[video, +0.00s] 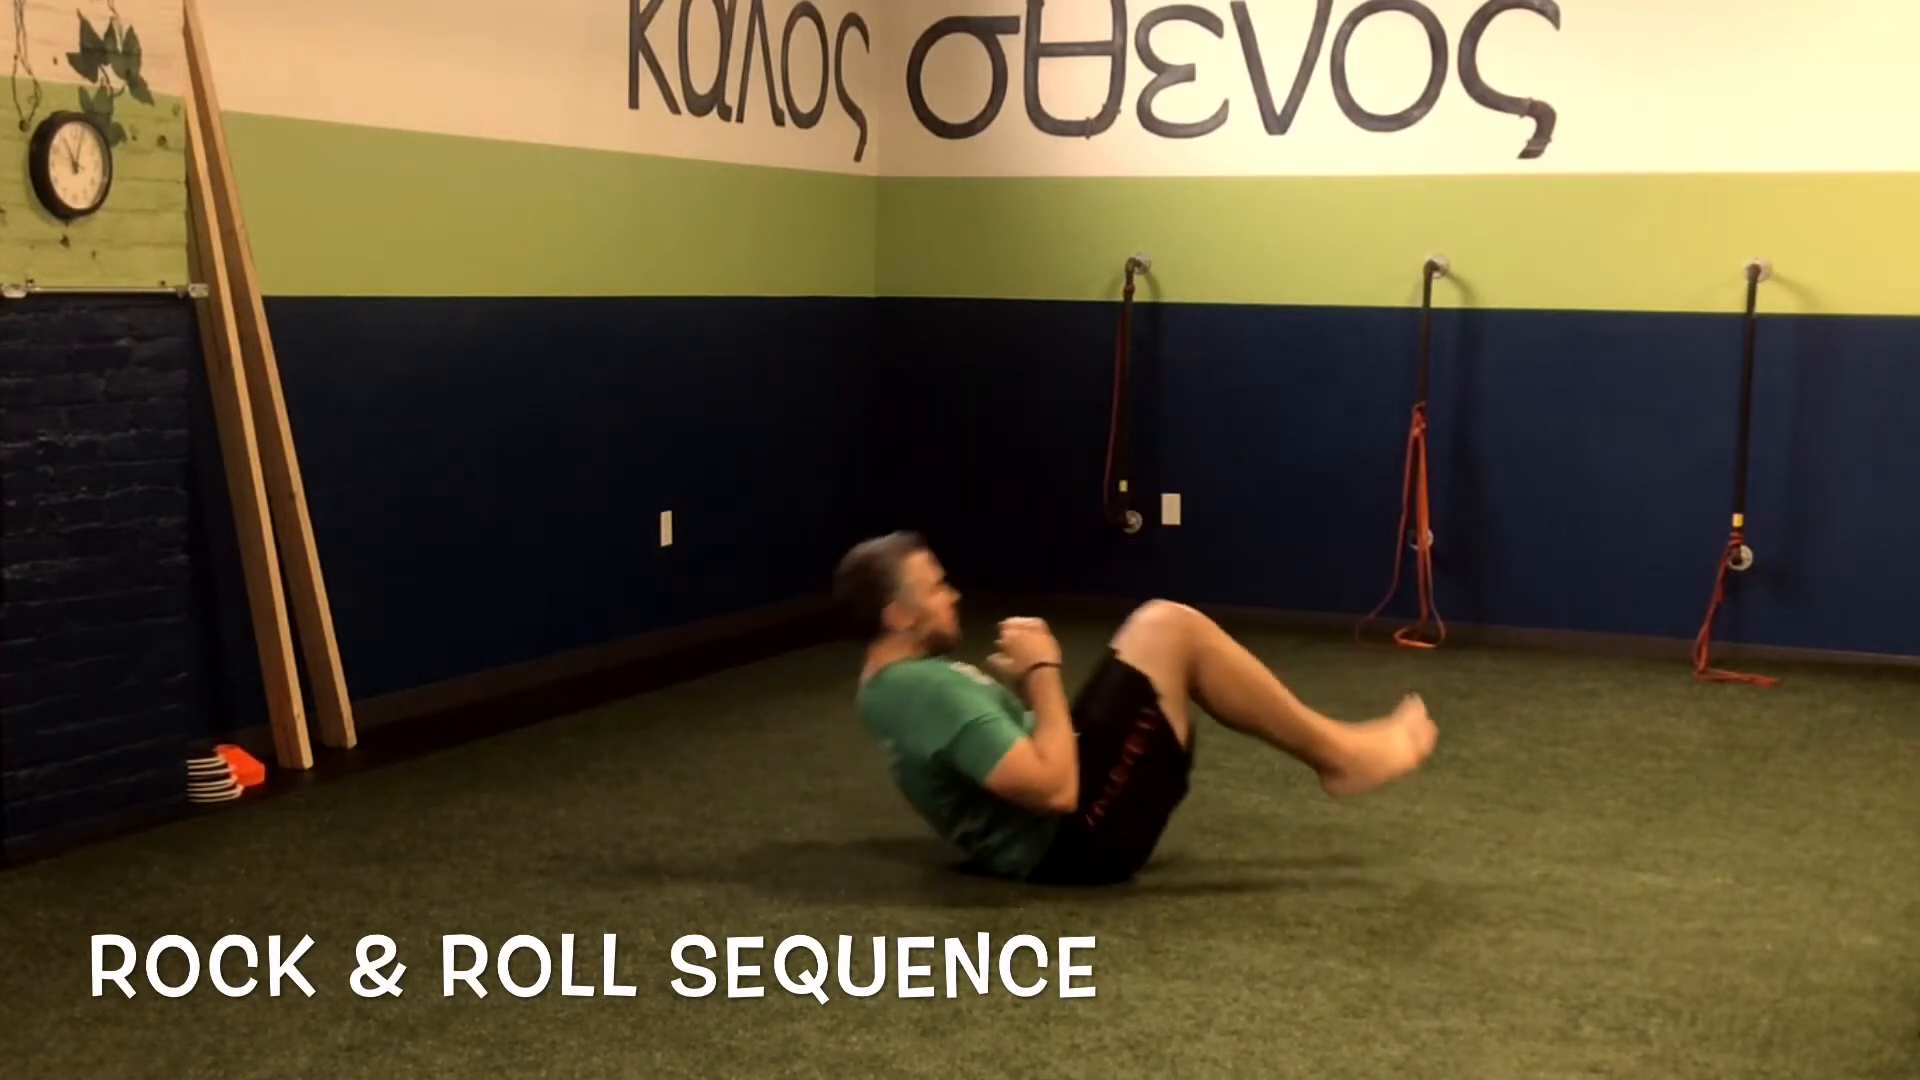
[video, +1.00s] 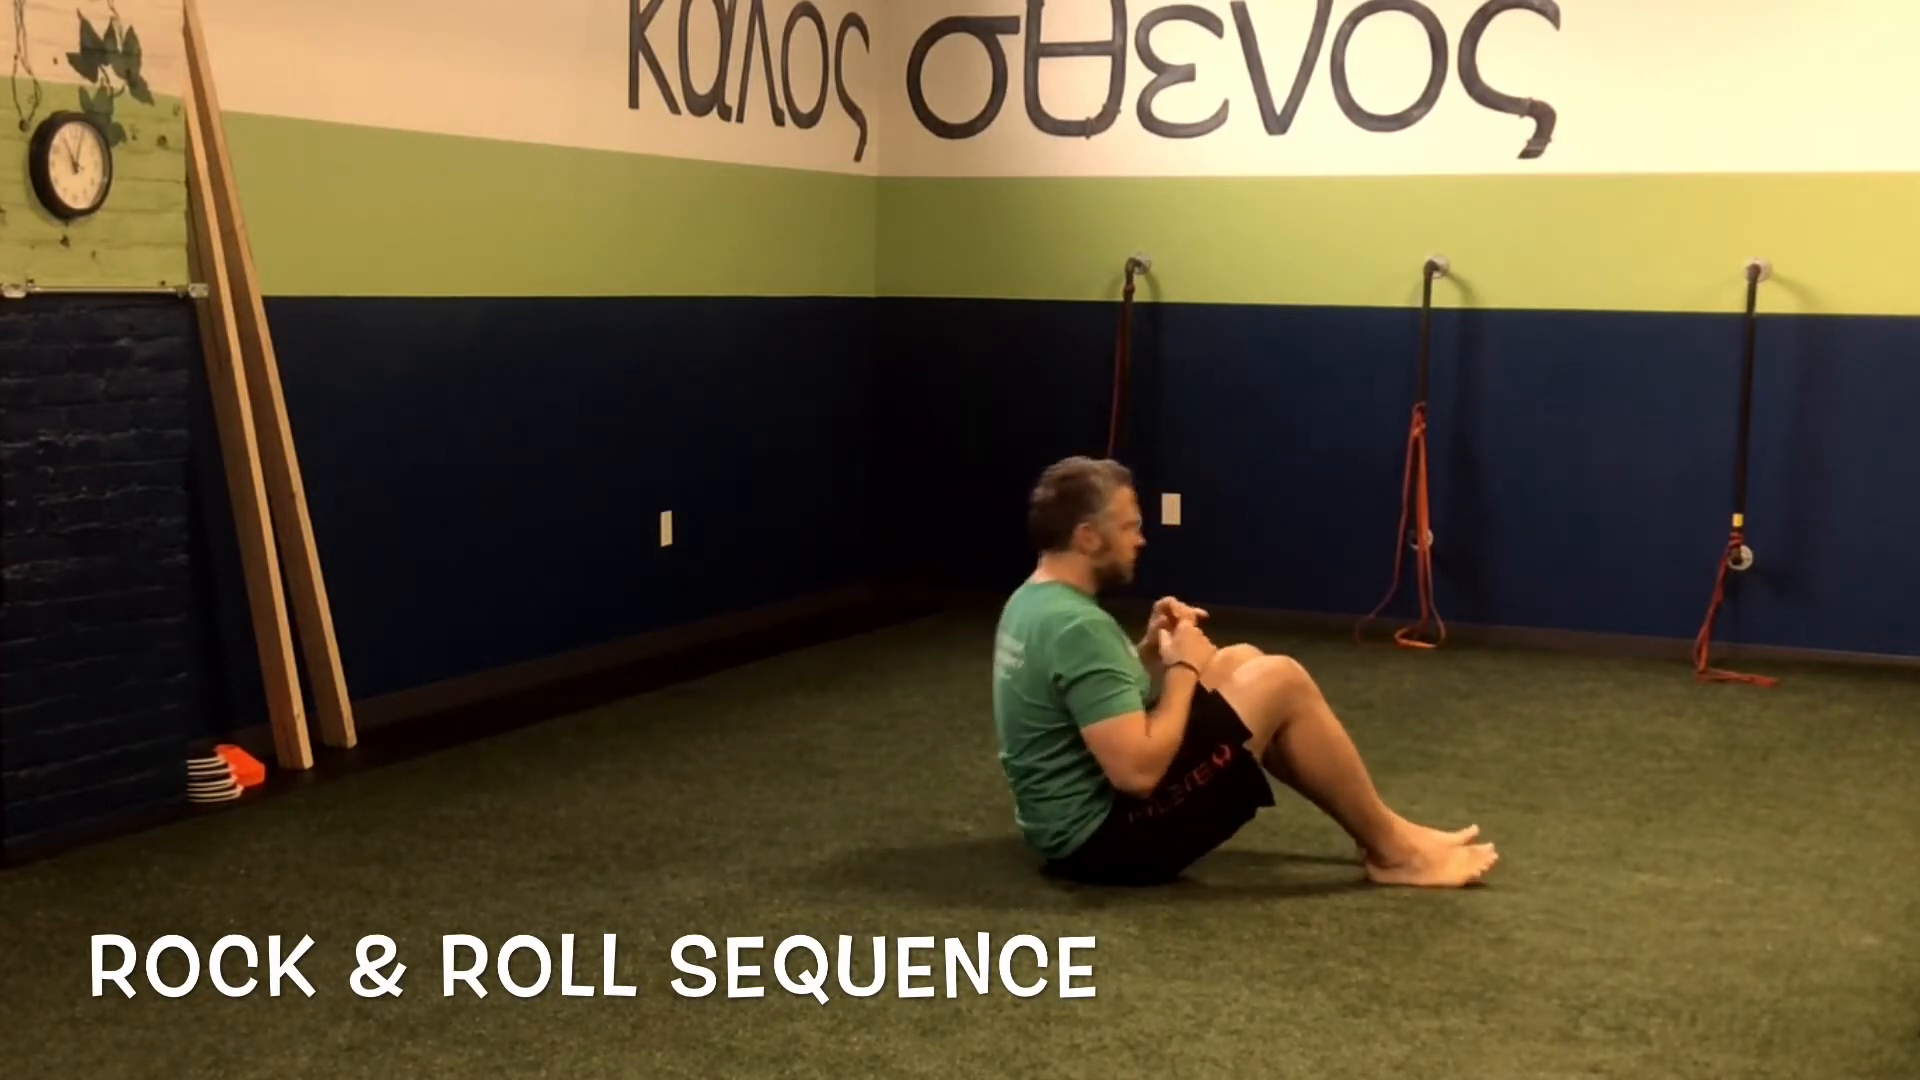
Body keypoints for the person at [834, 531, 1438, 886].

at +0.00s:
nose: (951, 591)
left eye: (940, 578)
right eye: (934, 584)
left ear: (894, 614)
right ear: (896, 615)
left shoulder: (899, 676)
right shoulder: (926, 692)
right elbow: (1056, 785)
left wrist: (1004, 682)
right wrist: (1044, 673)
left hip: (1050, 829)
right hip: (1077, 846)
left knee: (1159, 622)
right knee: (1169, 624)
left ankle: (1333, 749)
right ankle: (1342, 753)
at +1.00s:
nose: (1141, 541)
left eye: (1138, 527)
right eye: (1132, 527)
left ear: (1079, 534)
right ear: (1086, 535)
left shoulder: (1037, 602)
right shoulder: (1073, 624)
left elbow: (1090, 724)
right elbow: (1140, 768)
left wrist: (1147, 656)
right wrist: (1185, 673)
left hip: (1073, 820)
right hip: (1106, 841)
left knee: (1237, 660)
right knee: (1279, 678)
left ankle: (1382, 834)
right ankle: (1394, 847)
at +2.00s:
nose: (842, 641)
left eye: (829, 633)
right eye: (821, 643)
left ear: (811, 682)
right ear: (799, 688)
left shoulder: (861, 721)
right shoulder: (856, 748)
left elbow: (976, 773)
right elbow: (1001, 804)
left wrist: (940, 686)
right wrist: (950, 696)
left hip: (1050, 816)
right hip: (1063, 836)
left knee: (1010, 597)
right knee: (1016, 603)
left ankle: (1216, 558)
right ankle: (1224, 561)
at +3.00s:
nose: (686, 769)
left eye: (670, 775)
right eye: (673, 784)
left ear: (695, 828)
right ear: (692, 830)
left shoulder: (749, 817)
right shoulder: (766, 836)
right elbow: (865, 753)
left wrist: (737, 736)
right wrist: (747, 749)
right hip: (946, 693)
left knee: (734, 646)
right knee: (713, 670)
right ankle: (673, 453)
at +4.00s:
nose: (934, 591)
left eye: (923, 578)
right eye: (916, 586)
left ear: (886, 616)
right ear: (879, 620)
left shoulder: (898, 671)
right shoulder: (906, 696)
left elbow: (1025, 756)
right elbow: (1043, 779)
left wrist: (996, 661)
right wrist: (1016, 669)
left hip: (1045, 826)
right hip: (1062, 850)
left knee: (1126, 610)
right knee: (1137, 619)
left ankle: (1319, 731)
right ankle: (1333, 735)